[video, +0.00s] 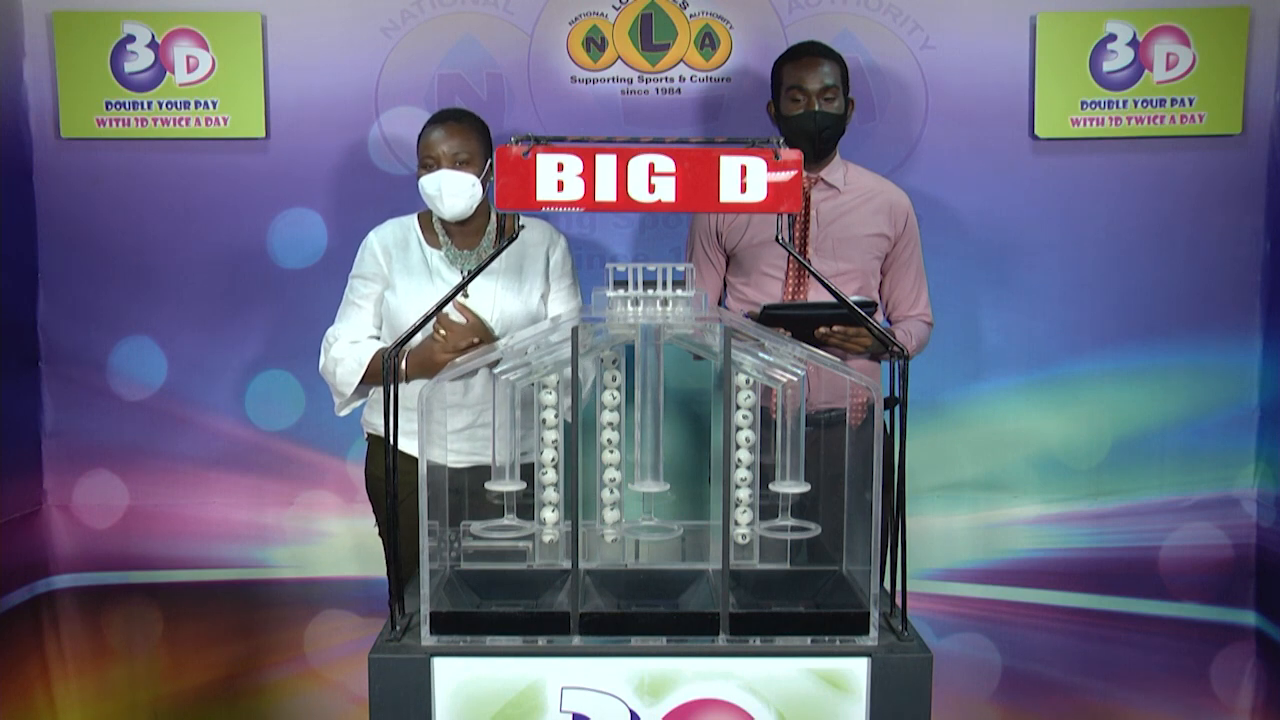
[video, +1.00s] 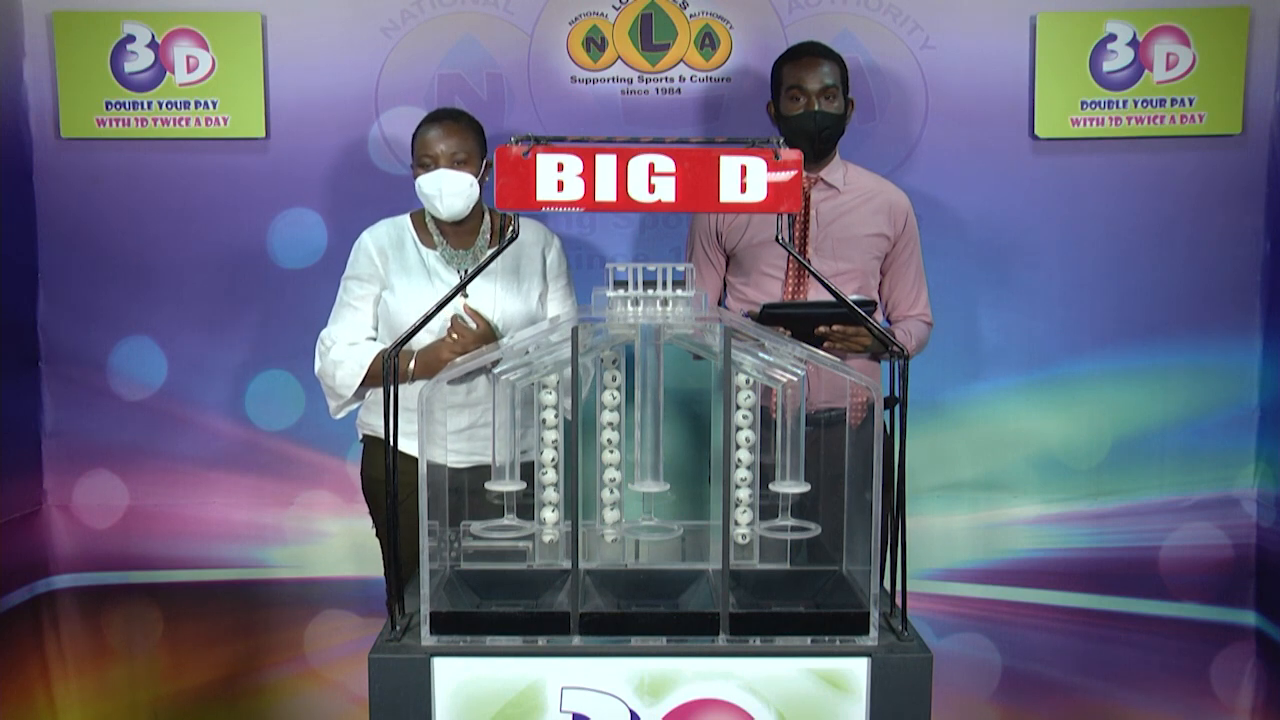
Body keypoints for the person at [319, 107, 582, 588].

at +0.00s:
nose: (447, 180)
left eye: (462, 164)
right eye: (433, 166)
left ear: (489, 166)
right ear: (419, 171)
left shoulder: (543, 246)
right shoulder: (385, 246)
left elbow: (569, 360)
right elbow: (340, 359)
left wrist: (494, 351)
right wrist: (417, 361)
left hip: (510, 463)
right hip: (407, 463)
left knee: (504, 619)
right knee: (415, 617)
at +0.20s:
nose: (444, 180)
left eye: (459, 163)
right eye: (430, 166)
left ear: (487, 167)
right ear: (417, 172)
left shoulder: (542, 245)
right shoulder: (384, 247)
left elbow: (570, 360)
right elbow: (340, 359)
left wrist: (495, 354)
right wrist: (416, 361)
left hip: (510, 464)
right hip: (407, 464)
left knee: (504, 620)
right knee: (416, 618)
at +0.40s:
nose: (443, 178)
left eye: (458, 162)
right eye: (429, 165)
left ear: (486, 167)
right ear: (416, 172)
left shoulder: (541, 245)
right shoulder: (384, 247)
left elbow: (570, 359)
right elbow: (339, 359)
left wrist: (494, 353)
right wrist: (413, 362)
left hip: (509, 464)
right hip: (406, 465)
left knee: (503, 620)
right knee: (416, 619)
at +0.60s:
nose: (443, 180)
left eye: (458, 163)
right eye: (429, 166)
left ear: (485, 167)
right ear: (416, 172)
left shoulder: (540, 246)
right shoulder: (382, 247)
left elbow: (569, 357)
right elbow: (338, 358)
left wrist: (495, 352)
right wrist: (414, 362)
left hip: (508, 463)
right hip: (405, 464)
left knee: (502, 618)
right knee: (415, 616)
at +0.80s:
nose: (444, 177)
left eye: (459, 162)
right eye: (430, 164)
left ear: (484, 166)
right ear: (416, 171)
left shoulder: (539, 245)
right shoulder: (380, 246)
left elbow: (568, 356)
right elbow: (337, 358)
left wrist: (497, 351)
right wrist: (415, 362)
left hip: (508, 462)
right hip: (405, 463)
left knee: (502, 618)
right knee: (417, 616)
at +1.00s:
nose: (445, 179)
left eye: (459, 163)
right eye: (430, 166)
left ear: (483, 166)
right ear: (415, 171)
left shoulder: (537, 246)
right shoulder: (379, 246)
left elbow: (566, 354)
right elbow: (336, 360)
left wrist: (500, 352)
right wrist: (417, 362)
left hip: (507, 461)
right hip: (405, 461)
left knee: (502, 617)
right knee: (416, 616)